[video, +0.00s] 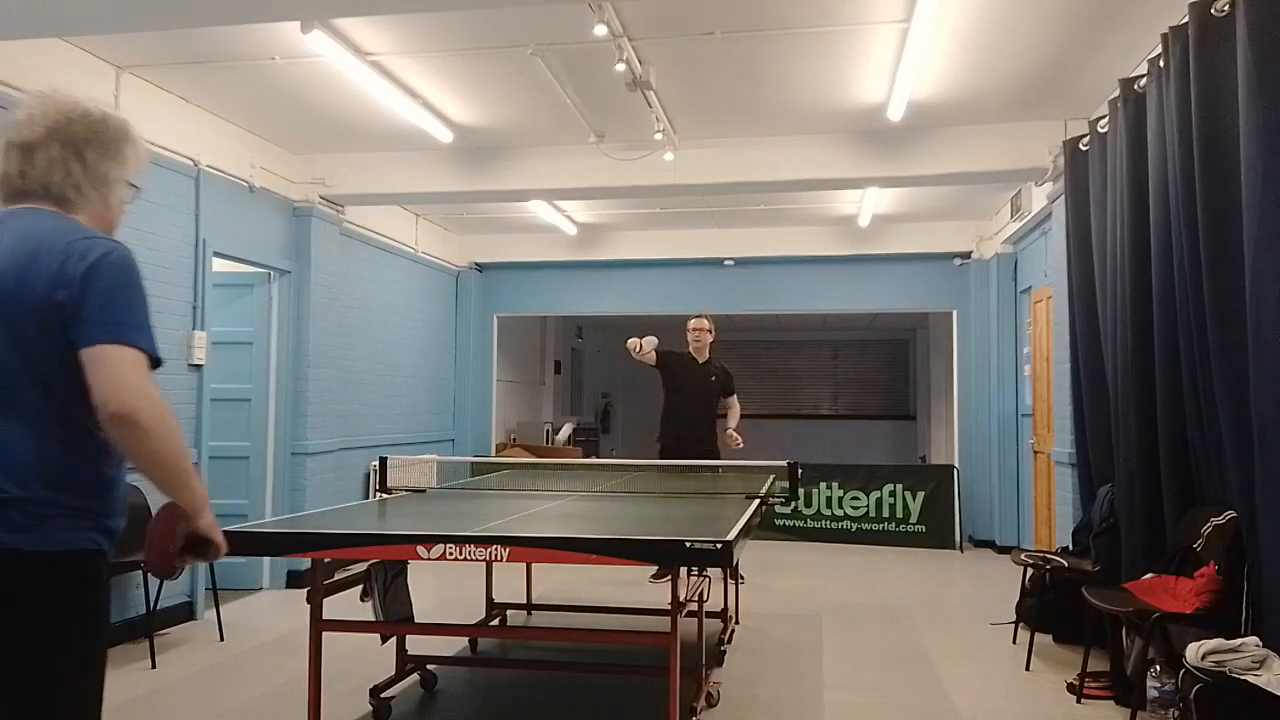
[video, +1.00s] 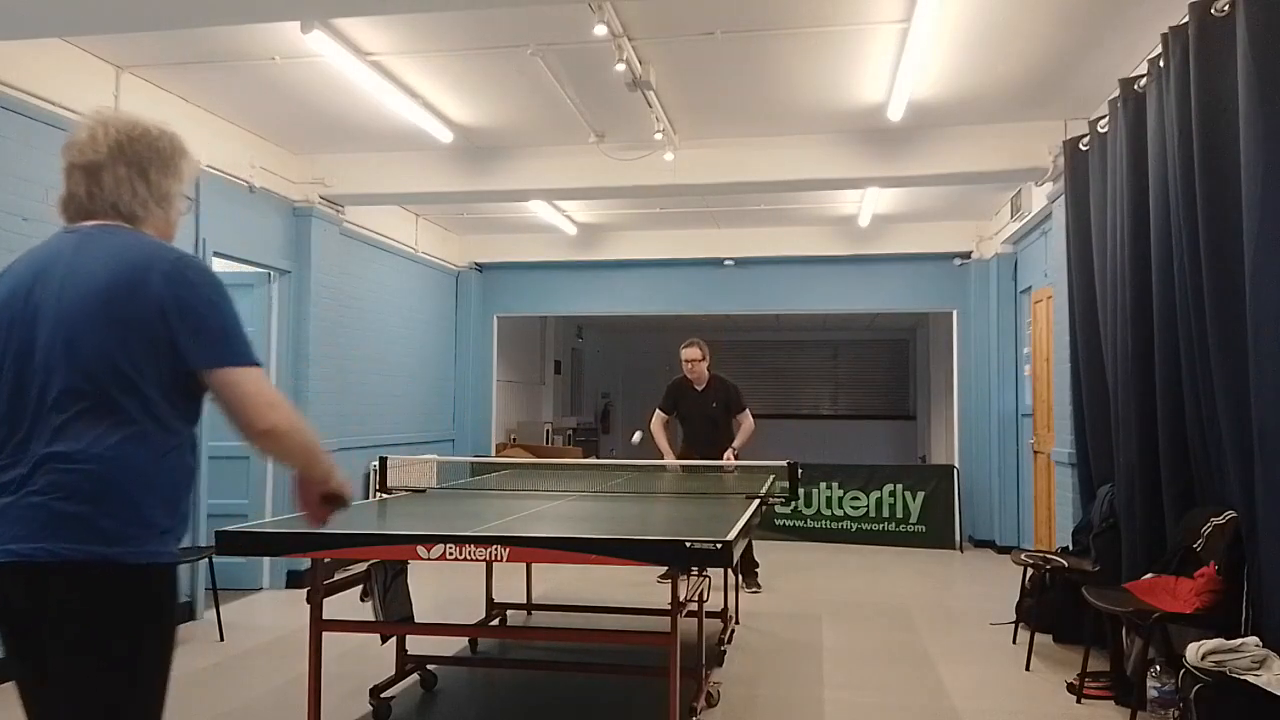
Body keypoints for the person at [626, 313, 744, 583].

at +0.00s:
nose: (698, 334)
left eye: (703, 331)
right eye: (694, 330)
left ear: (712, 336)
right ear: (687, 334)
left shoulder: (720, 371)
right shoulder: (670, 359)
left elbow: (733, 404)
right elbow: (641, 353)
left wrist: (729, 428)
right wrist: (638, 343)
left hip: (705, 450)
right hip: (672, 448)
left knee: (712, 506)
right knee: (668, 506)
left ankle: (727, 560)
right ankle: (668, 560)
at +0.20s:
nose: (705, 336)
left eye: (710, 332)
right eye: (701, 332)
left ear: (720, 337)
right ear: (695, 337)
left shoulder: (730, 372)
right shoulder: (681, 363)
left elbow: (746, 406)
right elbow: (658, 369)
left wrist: (741, 428)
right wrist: (647, 370)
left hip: (716, 453)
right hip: (683, 451)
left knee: (722, 508)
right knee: (672, 506)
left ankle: (729, 561)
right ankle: (668, 560)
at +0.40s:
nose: (704, 340)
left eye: (710, 336)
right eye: (700, 336)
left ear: (719, 339)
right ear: (694, 339)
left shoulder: (731, 372)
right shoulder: (683, 367)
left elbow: (748, 406)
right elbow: (651, 391)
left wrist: (740, 428)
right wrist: (655, 408)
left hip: (720, 454)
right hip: (687, 452)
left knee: (725, 509)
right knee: (679, 508)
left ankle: (730, 562)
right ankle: (677, 562)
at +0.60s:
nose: (694, 344)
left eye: (700, 339)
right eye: (690, 340)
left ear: (709, 343)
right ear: (685, 343)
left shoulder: (723, 372)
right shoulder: (675, 372)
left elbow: (741, 406)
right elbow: (653, 404)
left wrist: (733, 431)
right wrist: (660, 429)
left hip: (717, 455)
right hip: (683, 455)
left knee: (725, 508)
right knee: (677, 509)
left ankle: (734, 560)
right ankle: (678, 562)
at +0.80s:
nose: (692, 350)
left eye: (696, 345)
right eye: (687, 346)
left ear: (707, 347)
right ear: (680, 349)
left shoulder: (723, 376)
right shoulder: (672, 377)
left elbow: (742, 409)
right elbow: (654, 412)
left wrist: (730, 435)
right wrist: (665, 436)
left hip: (717, 460)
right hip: (683, 460)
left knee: (733, 511)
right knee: (678, 510)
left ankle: (748, 570)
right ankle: (677, 563)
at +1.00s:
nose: (691, 366)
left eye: (696, 361)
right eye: (686, 362)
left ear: (707, 360)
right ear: (681, 363)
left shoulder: (726, 388)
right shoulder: (676, 388)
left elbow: (748, 423)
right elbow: (656, 423)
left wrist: (733, 449)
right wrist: (669, 456)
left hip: (721, 465)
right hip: (687, 464)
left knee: (735, 515)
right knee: (675, 510)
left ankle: (748, 573)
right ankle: (677, 562)